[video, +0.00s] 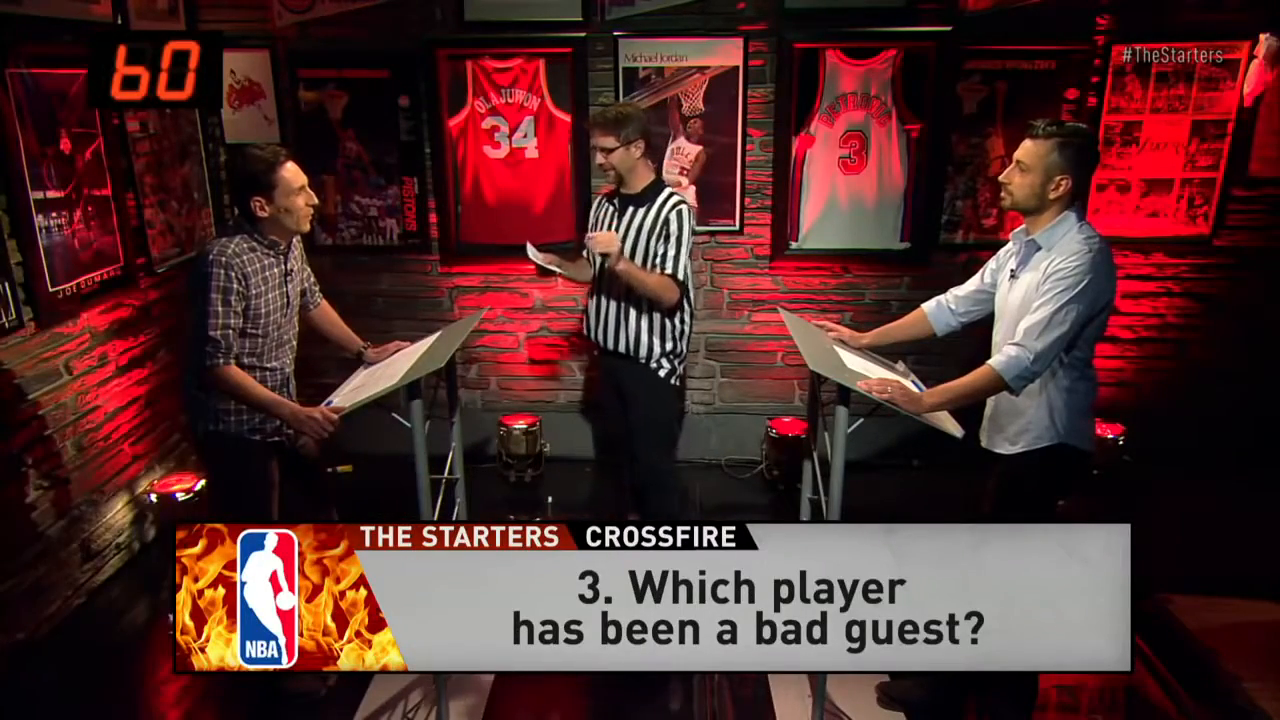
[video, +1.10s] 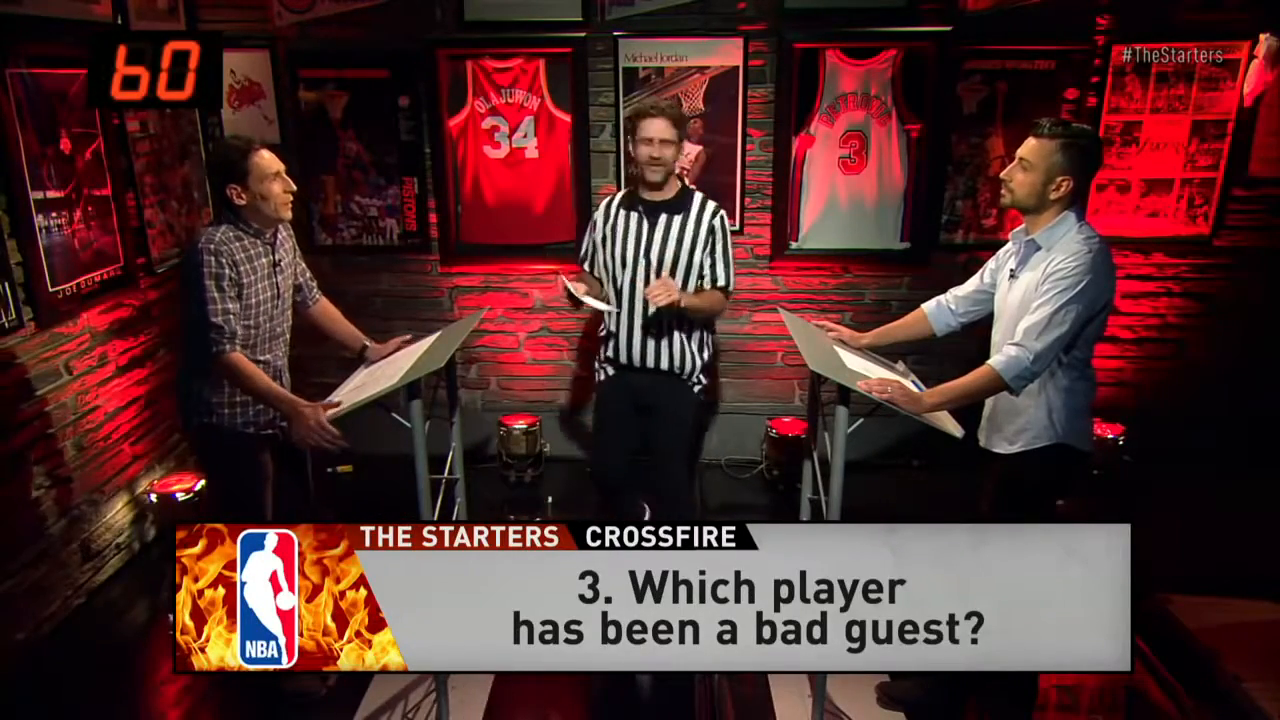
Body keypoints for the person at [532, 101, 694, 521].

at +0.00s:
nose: (599, 160)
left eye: (607, 150)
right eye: (595, 151)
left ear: (638, 147)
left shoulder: (673, 209)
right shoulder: (605, 204)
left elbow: (670, 293)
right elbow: (599, 275)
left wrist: (619, 262)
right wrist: (559, 263)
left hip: (653, 368)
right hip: (608, 361)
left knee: (653, 474)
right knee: (611, 469)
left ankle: (663, 550)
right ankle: (612, 542)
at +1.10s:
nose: (655, 152)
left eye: (665, 143)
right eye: (646, 142)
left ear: (680, 149)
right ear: (631, 148)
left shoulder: (709, 217)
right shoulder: (608, 211)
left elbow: (717, 301)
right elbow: (596, 283)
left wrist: (682, 300)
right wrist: (586, 290)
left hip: (680, 381)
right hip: (618, 376)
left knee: (672, 490)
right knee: (610, 484)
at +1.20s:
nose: (680, 153)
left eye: (683, 143)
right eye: (667, 144)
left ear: (688, 146)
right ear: (636, 152)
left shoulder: (712, 216)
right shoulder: (604, 214)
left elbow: (723, 299)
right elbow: (585, 279)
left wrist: (698, 293)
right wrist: (587, 295)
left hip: (683, 378)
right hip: (619, 375)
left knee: (673, 487)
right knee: (612, 483)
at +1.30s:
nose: (688, 152)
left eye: (689, 142)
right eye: (675, 144)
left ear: (692, 145)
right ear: (643, 153)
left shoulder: (712, 214)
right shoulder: (606, 215)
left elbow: (729, 298)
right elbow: (580, 281)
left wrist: (716, 278)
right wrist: (592, 299)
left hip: (684, 377)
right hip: (622, 376)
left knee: (675, 489)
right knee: (613, 487)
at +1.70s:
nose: (706, 152)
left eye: (706, 143)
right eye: (695, 145)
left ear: (692, 150)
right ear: (659, 153)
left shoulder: (712, 213)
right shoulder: (620, 219)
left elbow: (723, 291)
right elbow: (588, 294)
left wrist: (763, 263)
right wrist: (629, 311)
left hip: (691, 382)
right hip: (635, 385)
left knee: (678, 506)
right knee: (633, 502)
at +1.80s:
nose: (705, 153)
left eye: (705, 143)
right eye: (695, 145)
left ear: (692, 150)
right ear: (660, 153)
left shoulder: (713, 211)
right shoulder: (621, 219)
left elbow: (719, 294)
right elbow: (588, 295)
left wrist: (741, 281)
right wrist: (633, 312)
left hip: (692, 379)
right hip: (637, 382)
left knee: (679, 495)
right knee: (641, 491)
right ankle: (584, 514)